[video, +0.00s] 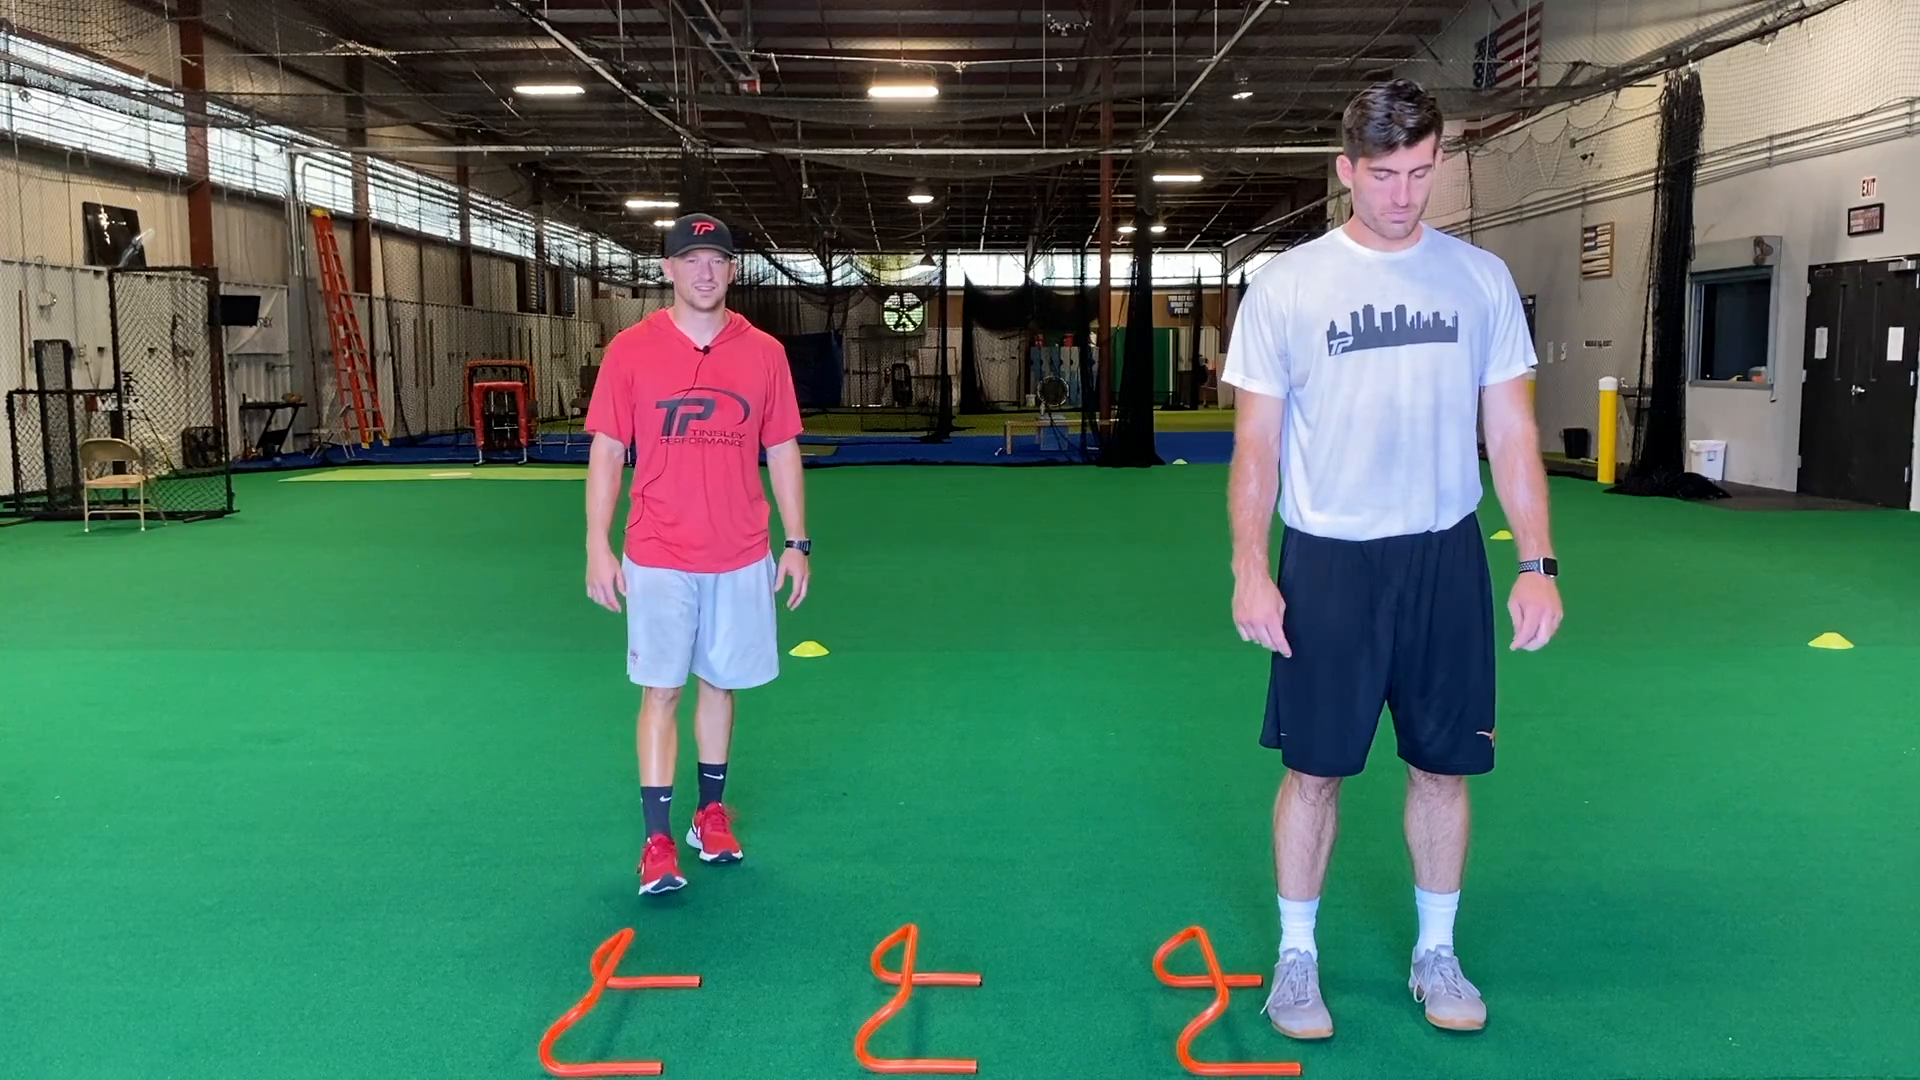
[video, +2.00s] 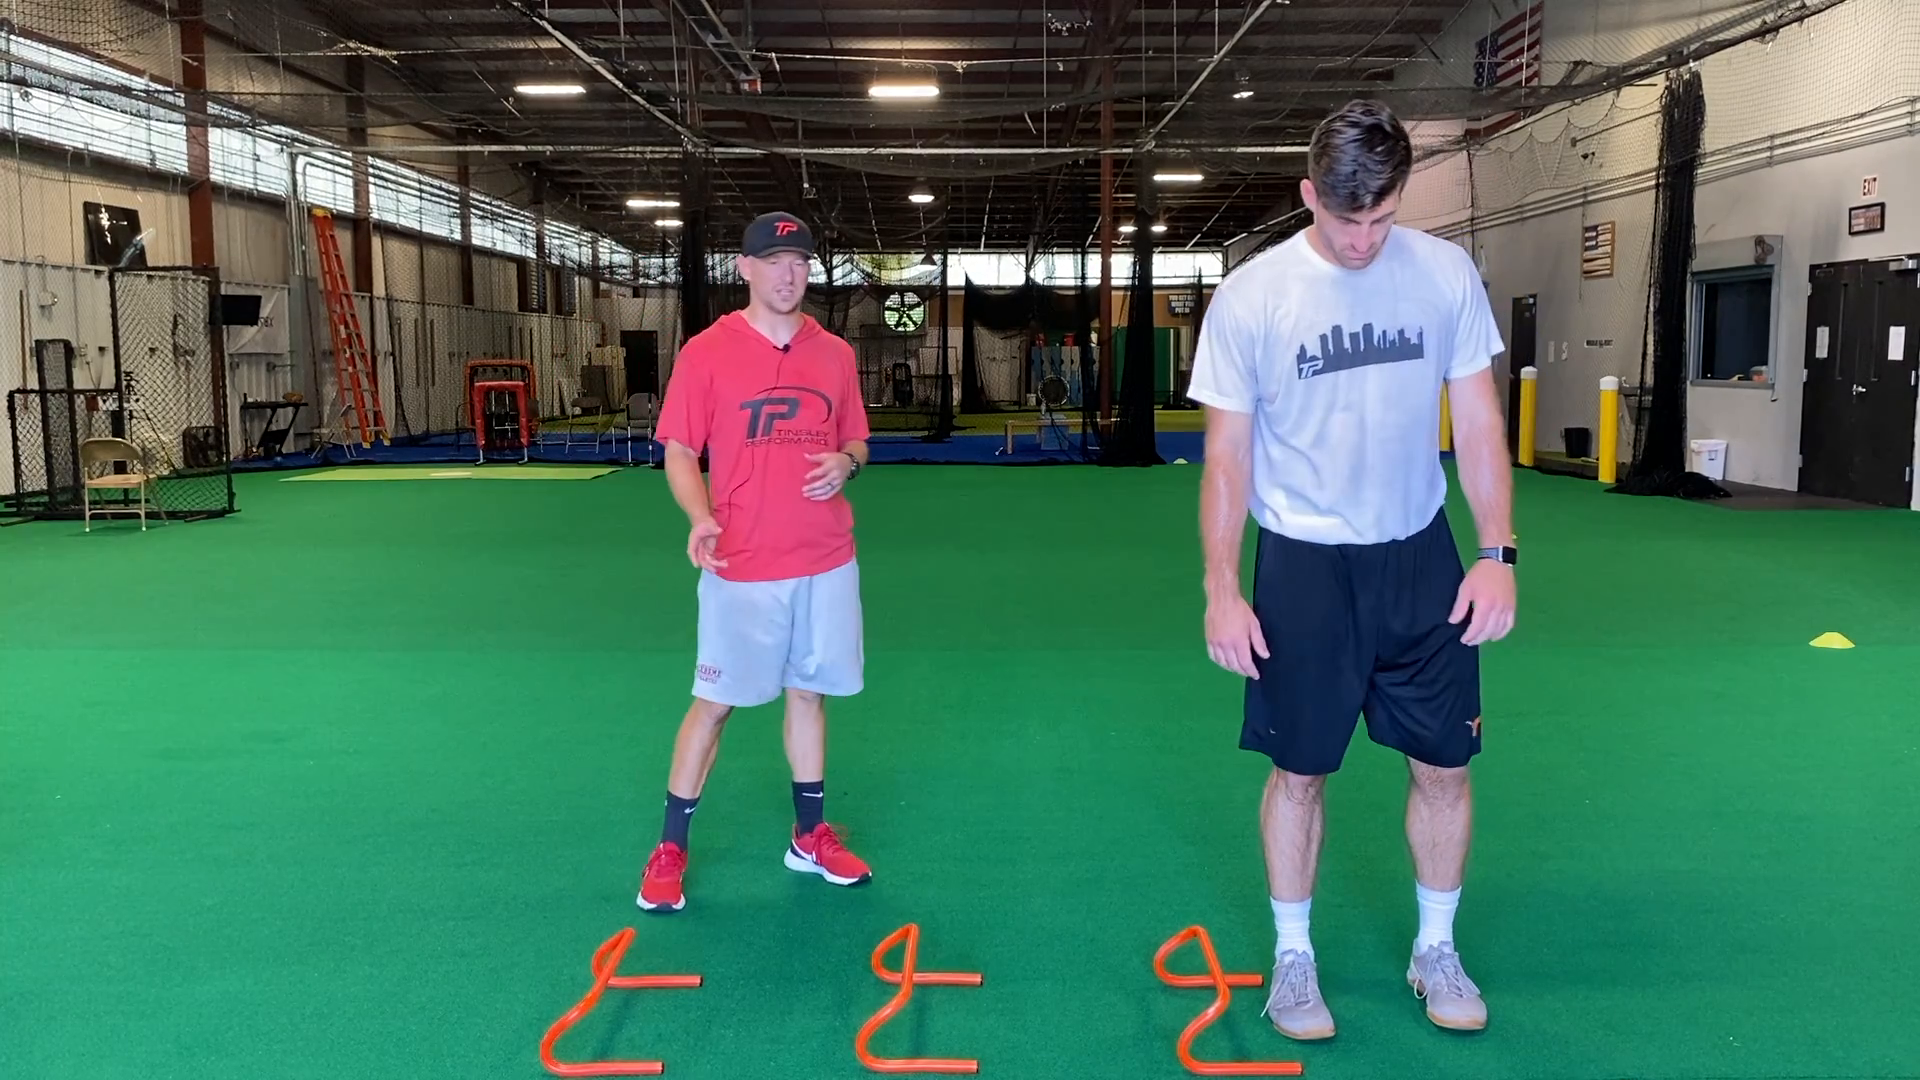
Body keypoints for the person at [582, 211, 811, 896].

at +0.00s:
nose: (705, 271)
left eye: (716, 259)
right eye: (691, 259)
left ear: (732, 268)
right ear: (668, 268)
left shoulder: (764, 353)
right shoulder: (631, 350)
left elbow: (783, 450)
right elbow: (606, 453)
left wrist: (796, 540)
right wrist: (598, 544)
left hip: (739, 552)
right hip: (659, 553)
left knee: (719, 684)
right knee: (662, 690)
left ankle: (711, 812)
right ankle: (658, 838)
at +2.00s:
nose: (788, 273)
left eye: (798, 261)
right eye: (774, 261)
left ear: (810, 271)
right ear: (744, 268)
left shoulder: (836, 356)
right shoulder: (706, 353)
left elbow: (854, 442)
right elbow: (678, 451)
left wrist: (847, 459)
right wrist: (700, 515)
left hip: (823, 560)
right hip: (740, 564)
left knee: (808, 691)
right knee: (714, 700)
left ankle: (810, 833)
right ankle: (671, 849)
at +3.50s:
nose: (703, 287)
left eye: (710, 275)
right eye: (689, 279)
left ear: (722, 276)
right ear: (664, 287)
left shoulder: (768, 343)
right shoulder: (648, 361)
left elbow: (803, 432)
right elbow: (638, 448)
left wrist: (761, 403)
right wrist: (641, 500)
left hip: (761, 536)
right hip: (683, 542)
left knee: (780, 659)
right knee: (699, 662)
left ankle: (780, 767)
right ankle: (708, 791)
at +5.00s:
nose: (700, 297)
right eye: (687, 281)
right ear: (669, 287)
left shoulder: (759, 356)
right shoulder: (643, 350)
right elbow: (618, 434)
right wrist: (658, 496)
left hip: (730, 526)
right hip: (659, 522)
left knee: (737, 646)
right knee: (649, 637)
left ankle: (750, 752)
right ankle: (637, 750)